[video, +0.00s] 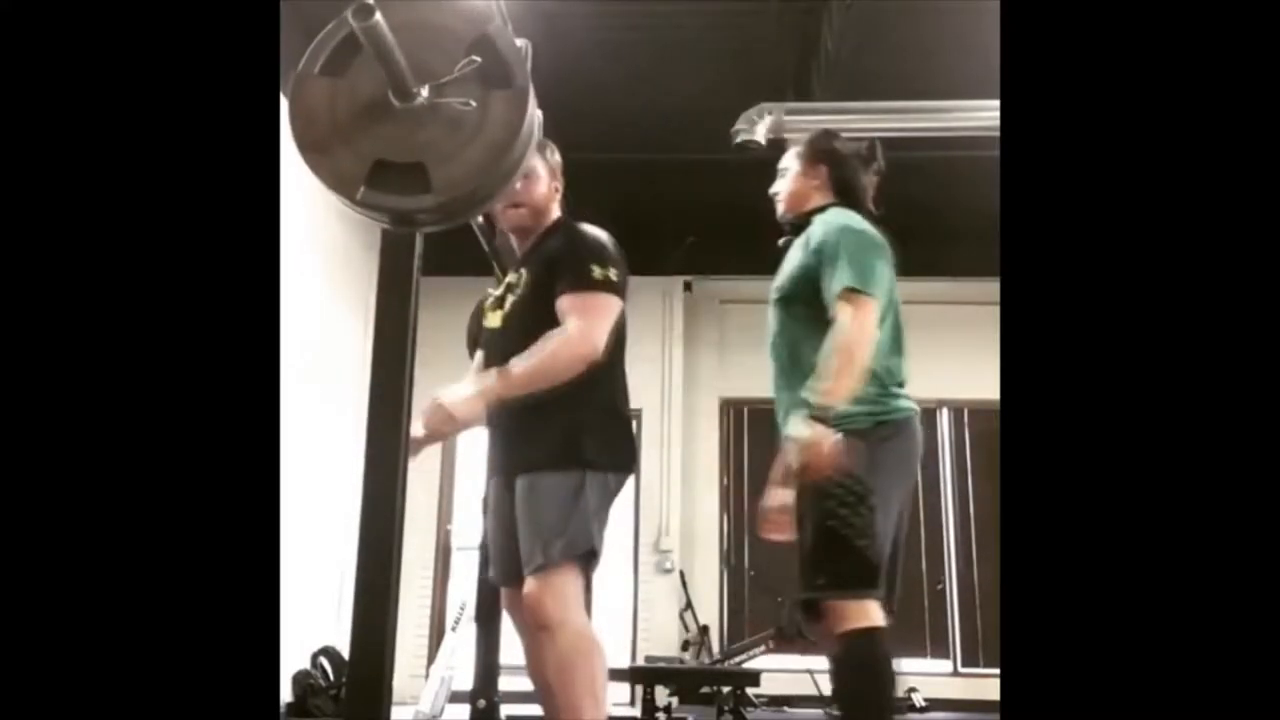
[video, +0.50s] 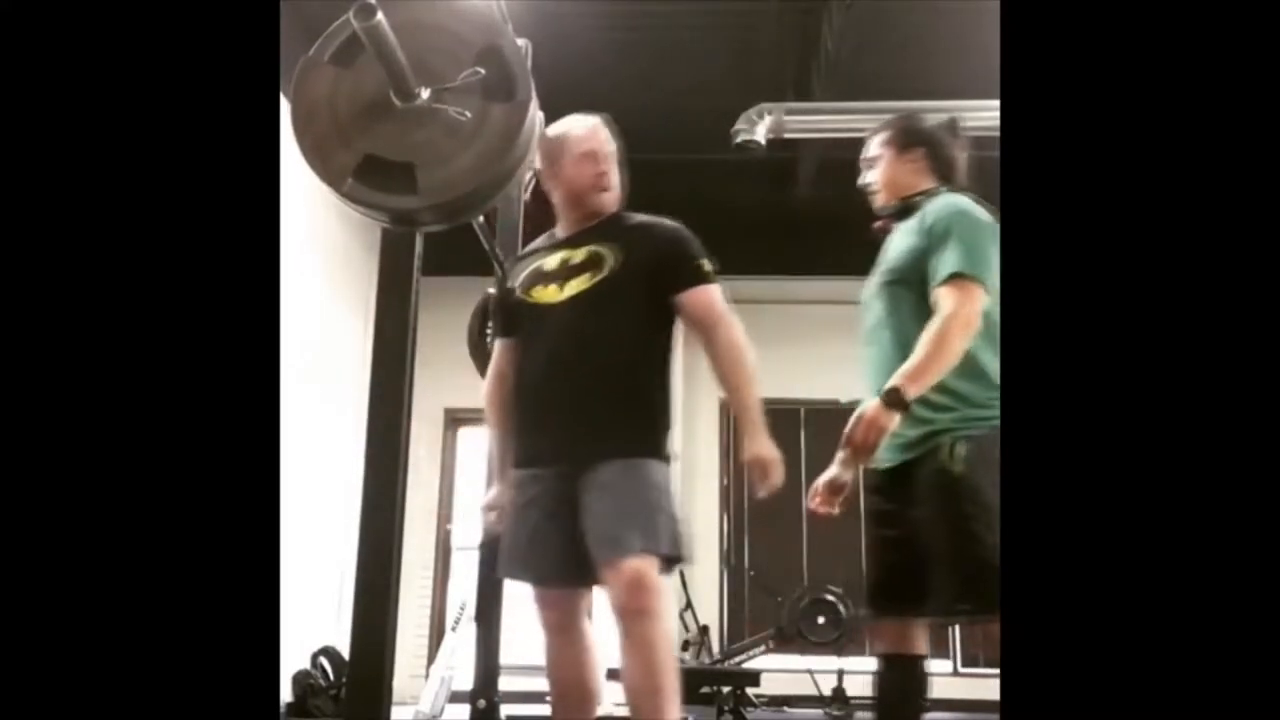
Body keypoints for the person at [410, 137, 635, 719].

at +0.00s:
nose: (514, 193)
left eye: (525, 178)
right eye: (502, 183)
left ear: (555, 180)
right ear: (487, 200)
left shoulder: (583, 243)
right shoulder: (502, 290)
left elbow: (585, 338)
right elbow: (485, 384)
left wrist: (486, 392)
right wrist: (422, 431)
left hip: (570, 454)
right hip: (515, 458)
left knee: (552, 599)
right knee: (522, 604)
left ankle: (588, 715)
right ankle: (565, 716)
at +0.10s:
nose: (521, 191)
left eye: (534, 177)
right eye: (509, 181)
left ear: (562, 187)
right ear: (493, 203)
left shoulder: (593, 246)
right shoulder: (500, 297)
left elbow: (606, 345)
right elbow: (478, 385)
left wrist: (530, 419)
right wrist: (425, 438)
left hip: (574, 452)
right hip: (514, 453)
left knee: (550, 598)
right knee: (532, 605)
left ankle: (584, 714)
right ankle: (568, 714)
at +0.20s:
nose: (535, 189)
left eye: (547, 177)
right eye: (522, 180)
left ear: (571, 190)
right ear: (504, 200)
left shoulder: (606, 250)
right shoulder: (501, 297)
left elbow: (628, 355)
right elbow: (474, 388)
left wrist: (589, 453)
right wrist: (438, 457)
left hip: (576, 454)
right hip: (513, 464)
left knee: (560, 591)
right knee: (535, 602)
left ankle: (592, 715)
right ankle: (565, 714)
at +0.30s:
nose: (551, 186)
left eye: (562, 174)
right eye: (536, 176)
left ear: (583, 187)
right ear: (515, 193)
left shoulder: (624, 250)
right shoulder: (507, 291)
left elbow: (662, 348)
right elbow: (478, 391)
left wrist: (665, 455)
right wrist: (452, 483)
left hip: (592, 449)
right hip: (516, 458)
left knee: (572, 581)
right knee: (543, 609)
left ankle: (615, 715)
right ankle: (573, 716)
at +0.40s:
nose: (577, 178)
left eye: (585, 165)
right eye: (561, 167)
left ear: (600, 175)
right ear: (531, 183)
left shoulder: (639, 245)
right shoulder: (515, 283)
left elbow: (694, 337)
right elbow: (492, 384)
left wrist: (725, 441)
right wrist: (485, 480)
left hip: (607, 448)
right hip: (527, 457)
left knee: (600, 582)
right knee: (550, 609)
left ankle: (643, 713)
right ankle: (576, 716)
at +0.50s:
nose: (604, 170)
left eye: (609, 158)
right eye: (587, 160)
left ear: (621, 166)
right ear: (548, 175)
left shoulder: (659, 241)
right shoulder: (523, 270)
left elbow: (718, 327)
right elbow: (501, 375)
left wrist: (755, 430)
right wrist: (503, 474)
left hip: (625, 452)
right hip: (539, 461)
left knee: (636, 589)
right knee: (558, 611)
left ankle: (660, 715)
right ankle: (574, 717)